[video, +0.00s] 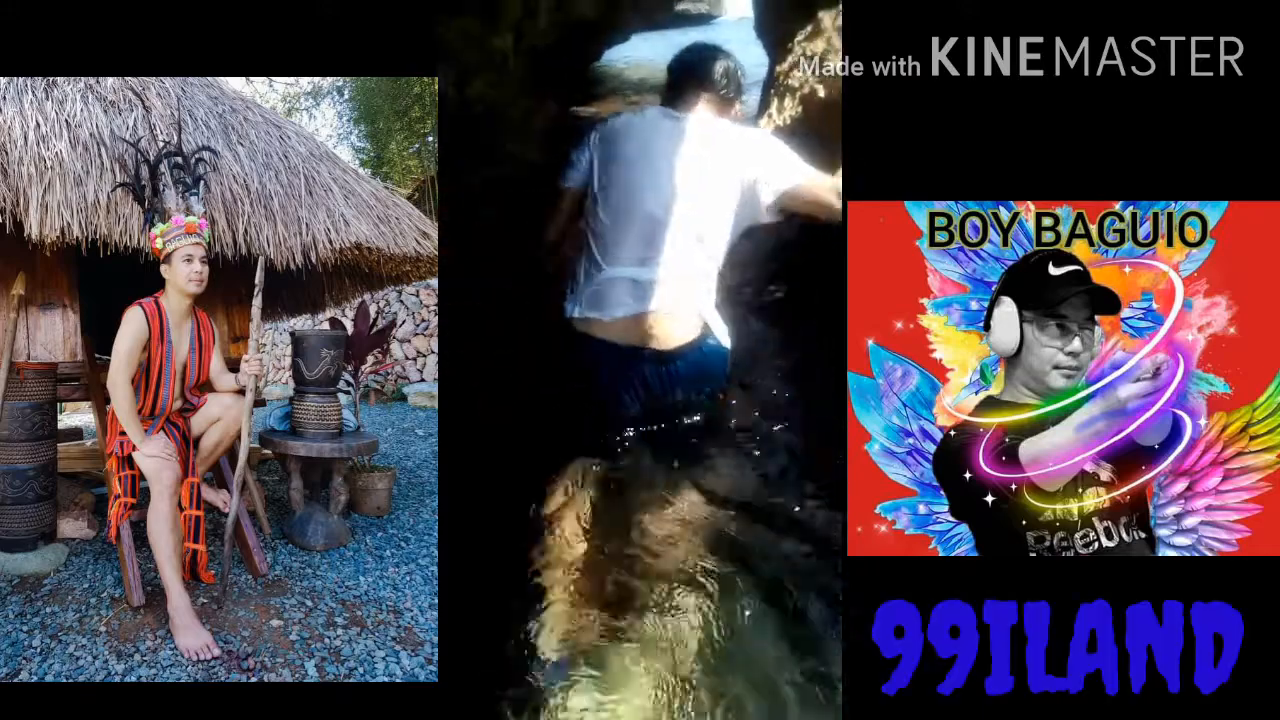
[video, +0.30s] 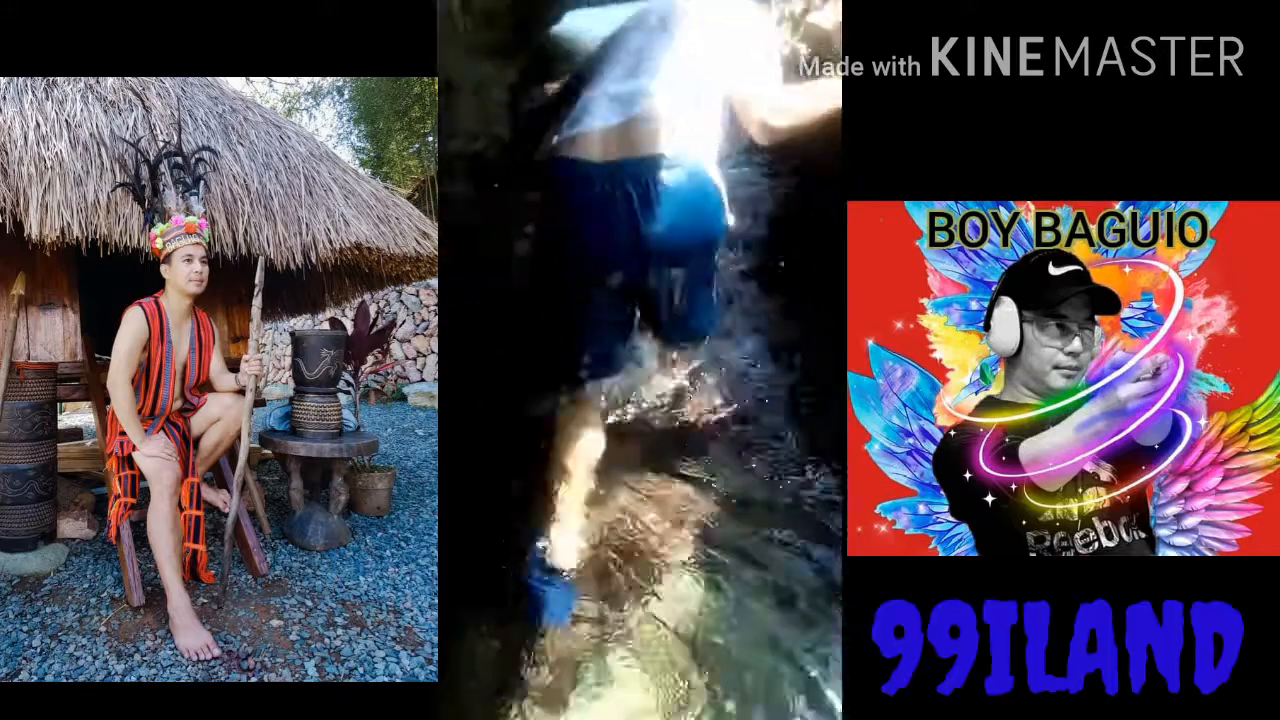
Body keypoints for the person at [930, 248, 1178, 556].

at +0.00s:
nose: (1076, 346)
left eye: (1086, 328)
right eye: (1055, 327)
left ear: (1097, 334)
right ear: (1007, 328)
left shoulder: (1113, 409)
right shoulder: (962, 446)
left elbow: (1155, 435)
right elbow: (1021, 472)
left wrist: (1149, 396)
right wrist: (1105, 412)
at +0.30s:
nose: (1076, 346)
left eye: (1086, 328)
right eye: (1055, 326)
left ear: (1097, 335)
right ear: (1007, 328)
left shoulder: (1113, 408)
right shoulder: (962, 446)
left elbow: (1156, 436)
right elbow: (1020, 472)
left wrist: (1147, 396)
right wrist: (1105, 413)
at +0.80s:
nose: (1076, 346)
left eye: (1086, 328)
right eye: (1055, 327)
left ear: (1097, 334)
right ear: (1007, 328)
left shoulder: (1113, 409)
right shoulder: (962, 446)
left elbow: (1156, 435)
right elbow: (1021, 472)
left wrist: (1148, 396)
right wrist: (1105, 412)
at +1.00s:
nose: (1076, 346)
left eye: (1086, 328)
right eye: (1055, 327)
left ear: (1097, 334)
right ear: (1007, 328)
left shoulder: (1113, 409)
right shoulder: (962, 446)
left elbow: (1156, 435)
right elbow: (1021, 472)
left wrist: (1148, 396)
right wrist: (1105, 412)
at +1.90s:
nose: (1076, 346)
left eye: (1086, 328)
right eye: (1055, 327)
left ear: (1097, 334)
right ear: (1007, 328)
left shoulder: (1113, 408)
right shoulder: (962, 446)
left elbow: (1155, 435)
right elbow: (1021, 472)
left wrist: (1149, 396)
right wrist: (1106, 412)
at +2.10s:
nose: (1076, 346)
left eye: (1086, 328)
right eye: (1055, 327)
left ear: (1097, 334)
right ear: (1007, 328)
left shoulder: (1113, 408)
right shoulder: (962, 446)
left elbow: (1155, 435)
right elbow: (1022, 472)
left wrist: (1149, 396)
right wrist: (1106, 412)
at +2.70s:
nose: (1076, 346)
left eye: (1086, 328)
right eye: (1055, 327)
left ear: (1097, 334)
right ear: (1007, 328)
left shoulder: (1114, 408)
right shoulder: (962, 446)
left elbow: (1155, 435)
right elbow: (1022, 472)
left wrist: (1149, 396)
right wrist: (1106, 412)